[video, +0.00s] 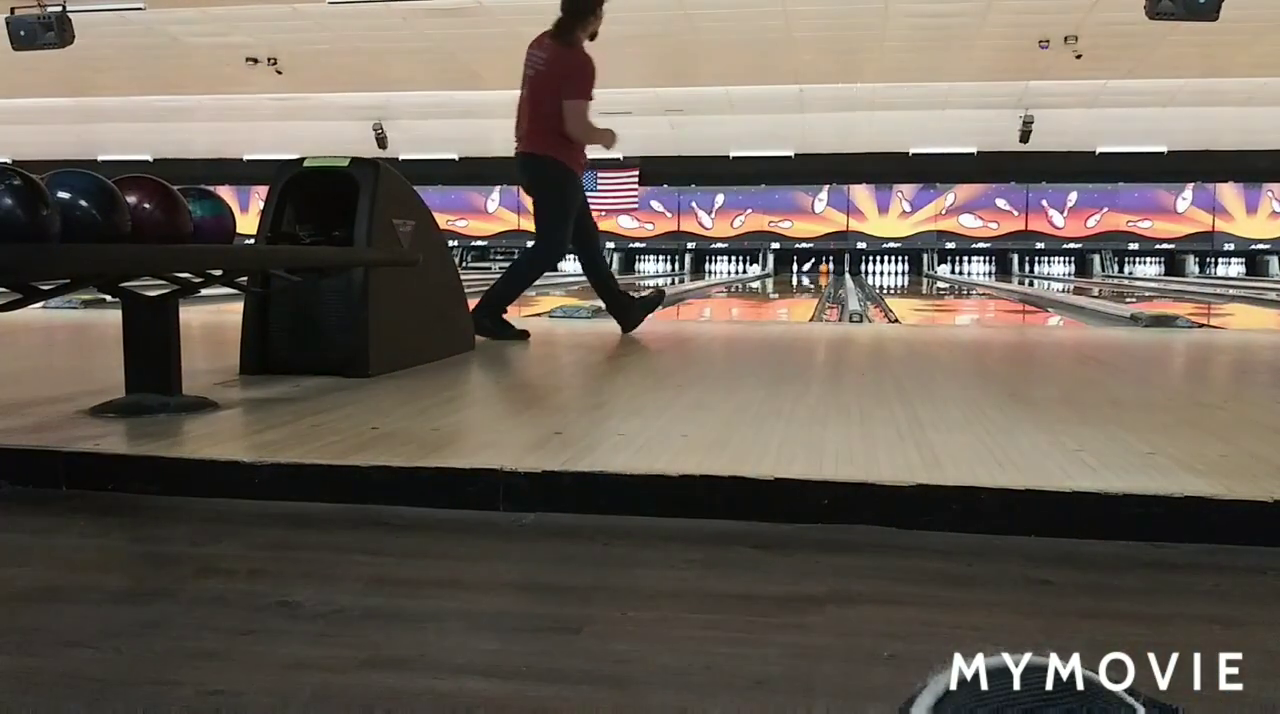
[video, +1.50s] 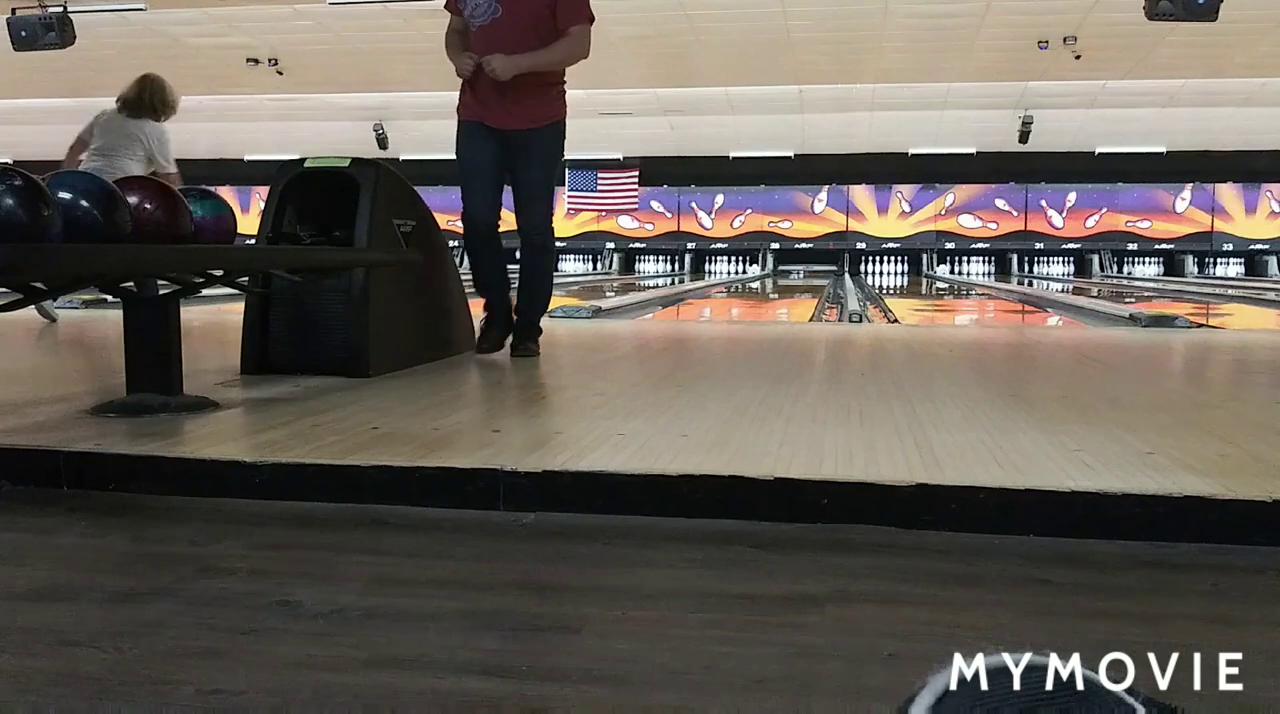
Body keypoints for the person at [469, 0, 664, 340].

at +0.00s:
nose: (601, 22)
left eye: (600, 15)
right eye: (600, 15)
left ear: (567, 11)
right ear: (590, 17)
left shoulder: (540, 45)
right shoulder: (577, 61)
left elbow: (530, 110)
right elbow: (575, 125)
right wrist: (604, 136)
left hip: (532, 160)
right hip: (555, 165)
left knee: (585, 239)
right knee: (551, 248)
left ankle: (624, 310)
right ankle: (486, 312)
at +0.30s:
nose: (558, 4)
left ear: (534, 3)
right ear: (542, 1)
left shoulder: (530, 37)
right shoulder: (514, 36)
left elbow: (524, 102)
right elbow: (506, 100)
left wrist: (551, 139)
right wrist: (562, 98)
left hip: (536, 153)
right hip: (512, 153)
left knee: (572, 226)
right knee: (529, 236)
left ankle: (572, 312)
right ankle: (484, 315)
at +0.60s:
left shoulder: (540, 21)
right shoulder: (473, 13)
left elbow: (549, 79)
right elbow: (442, 68)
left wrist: (570, 97)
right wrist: (493, 95)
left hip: (529, 140)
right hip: (485, 141)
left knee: (549, 225)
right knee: (495, 228)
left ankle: (529, 291)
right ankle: (483, 315)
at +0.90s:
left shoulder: (543, 7)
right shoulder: (456, 6)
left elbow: (561, 67)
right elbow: (433, 65)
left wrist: (542, 99)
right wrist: (465, 98)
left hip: (532, 136)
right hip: (480, 139)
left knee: (538, 230)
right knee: (485, 231)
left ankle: (535, 317)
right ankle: (489, 317)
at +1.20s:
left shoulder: (557, 5)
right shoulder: (463, 3)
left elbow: (577, 72)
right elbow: (443, 56)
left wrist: (530, 98)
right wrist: (465, 77)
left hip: (532, 130)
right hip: (479, 132)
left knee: (529, 230)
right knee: (484, 233)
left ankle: (528, 327)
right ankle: (498, 304)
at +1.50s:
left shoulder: (567, 1)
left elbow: (579, 44)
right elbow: (456, 30)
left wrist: (517, 62)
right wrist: (457, 56)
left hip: (537, 118)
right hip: (478, 116)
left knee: (535, 228)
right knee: (477, 222)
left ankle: (528, 329)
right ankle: (497, 315)